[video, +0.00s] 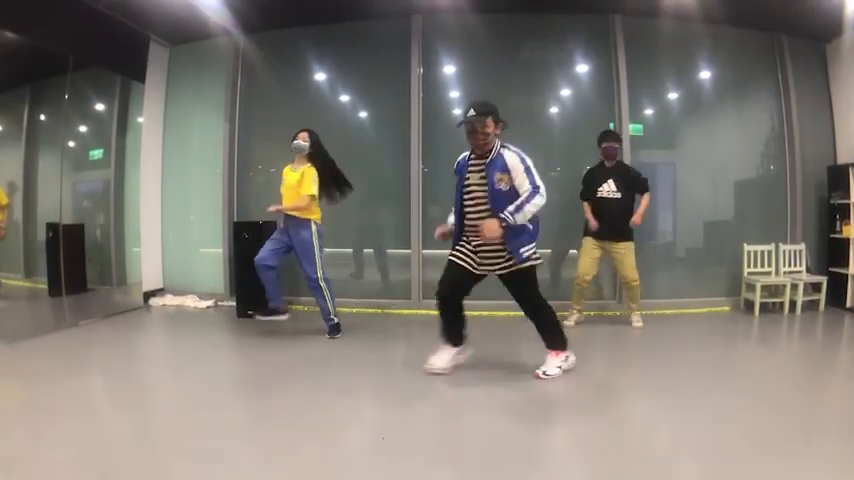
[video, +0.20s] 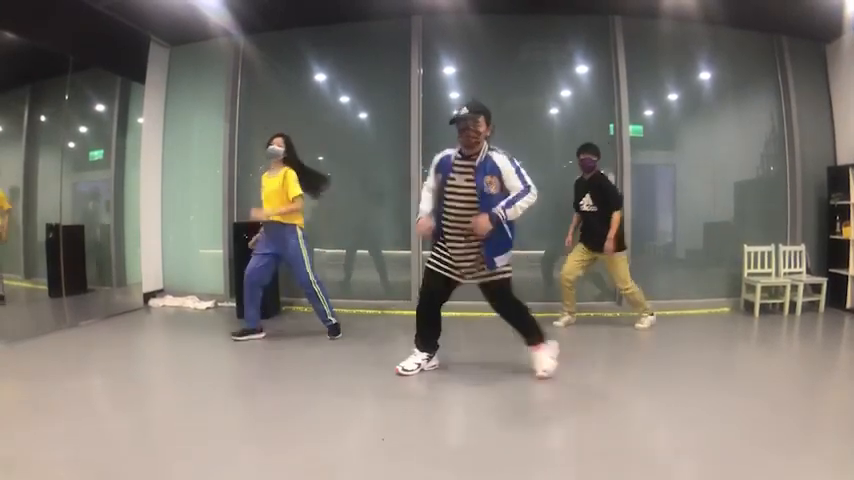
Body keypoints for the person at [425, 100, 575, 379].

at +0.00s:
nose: (477, 137)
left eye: (483, 131)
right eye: (472, 132)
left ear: (496, 128)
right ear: (465, 132)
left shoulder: (512, 158)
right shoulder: (463, 162)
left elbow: (537, 195)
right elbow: (463, 203)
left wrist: (503, 220)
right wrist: (451, 225)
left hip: (509, 248)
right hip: (471, 247)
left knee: (530, 300)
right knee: (447, 292)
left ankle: (560, 352)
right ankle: (455, 345)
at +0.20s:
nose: (469, 133)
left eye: (475, 127)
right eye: (464, 128)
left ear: (487, 130)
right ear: (456, 131)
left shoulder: (499, 161)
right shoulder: (443, 160)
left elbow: (527, 193)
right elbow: (429, 189)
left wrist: (494, 217)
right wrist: (425, 214)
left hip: (486, 250)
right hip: (447, 249)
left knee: (502, 302)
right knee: (428, 300)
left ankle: (541, 346)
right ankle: (425, 352)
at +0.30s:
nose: (465, 122)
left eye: (471, 116)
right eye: (459, 117)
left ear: (482, 119)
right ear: (451, 119)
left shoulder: (493, 156)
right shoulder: (434, 156)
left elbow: (503, 197)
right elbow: (423, 198)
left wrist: (501, 234)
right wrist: (412, 235)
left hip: (476, 242)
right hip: (438, 241)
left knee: (478, 292)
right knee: (428, 296)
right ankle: (424, 351)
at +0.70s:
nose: (474, 134)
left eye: (478, 127)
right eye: (467, 129)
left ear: (486, 129)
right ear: (455, 133)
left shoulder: (498, 166)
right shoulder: (439, 164)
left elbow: (521, 185)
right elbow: (407, 190)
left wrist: (521, 201)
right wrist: (430, 203)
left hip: (484, 252)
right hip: (445, 252)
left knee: (507, 303)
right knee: (423, 305)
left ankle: (521, 355)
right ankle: (400, 351)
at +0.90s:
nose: (476, 127)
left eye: (481, 120)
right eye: (470, 122)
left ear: (491, 121)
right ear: (461, 124)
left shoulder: (508, 151)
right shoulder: (450, 157)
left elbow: (534, 183)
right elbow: (443, 193)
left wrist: (514, 196)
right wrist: (430, 209)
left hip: (500, 237)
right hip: (462, 236)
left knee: (512, 298)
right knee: (454, 284)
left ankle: (523, 354)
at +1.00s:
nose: (474, 125)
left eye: (480, 118)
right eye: (468, 120)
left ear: (492, 120)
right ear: (461, 125)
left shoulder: (505, 154)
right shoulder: (454, 160)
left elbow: (511, 201)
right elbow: (449, 201)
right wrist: (446, 238)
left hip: (497, 239)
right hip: (462, 237)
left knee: (515, 299)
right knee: (445, 280)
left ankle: (528, 353)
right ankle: (475, 289)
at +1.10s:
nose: (468, 125)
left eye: (474, 119)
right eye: (462, 121)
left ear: (487, 121)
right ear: (456, 126)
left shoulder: (499, 154)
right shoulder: (456, 160)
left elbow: (504, 200)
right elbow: (451, 203)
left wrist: (489, 241)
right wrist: (447, 238)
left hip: (495, 242)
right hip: (460, 240)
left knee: (513, 300)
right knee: (437, 287)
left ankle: (536, 354)